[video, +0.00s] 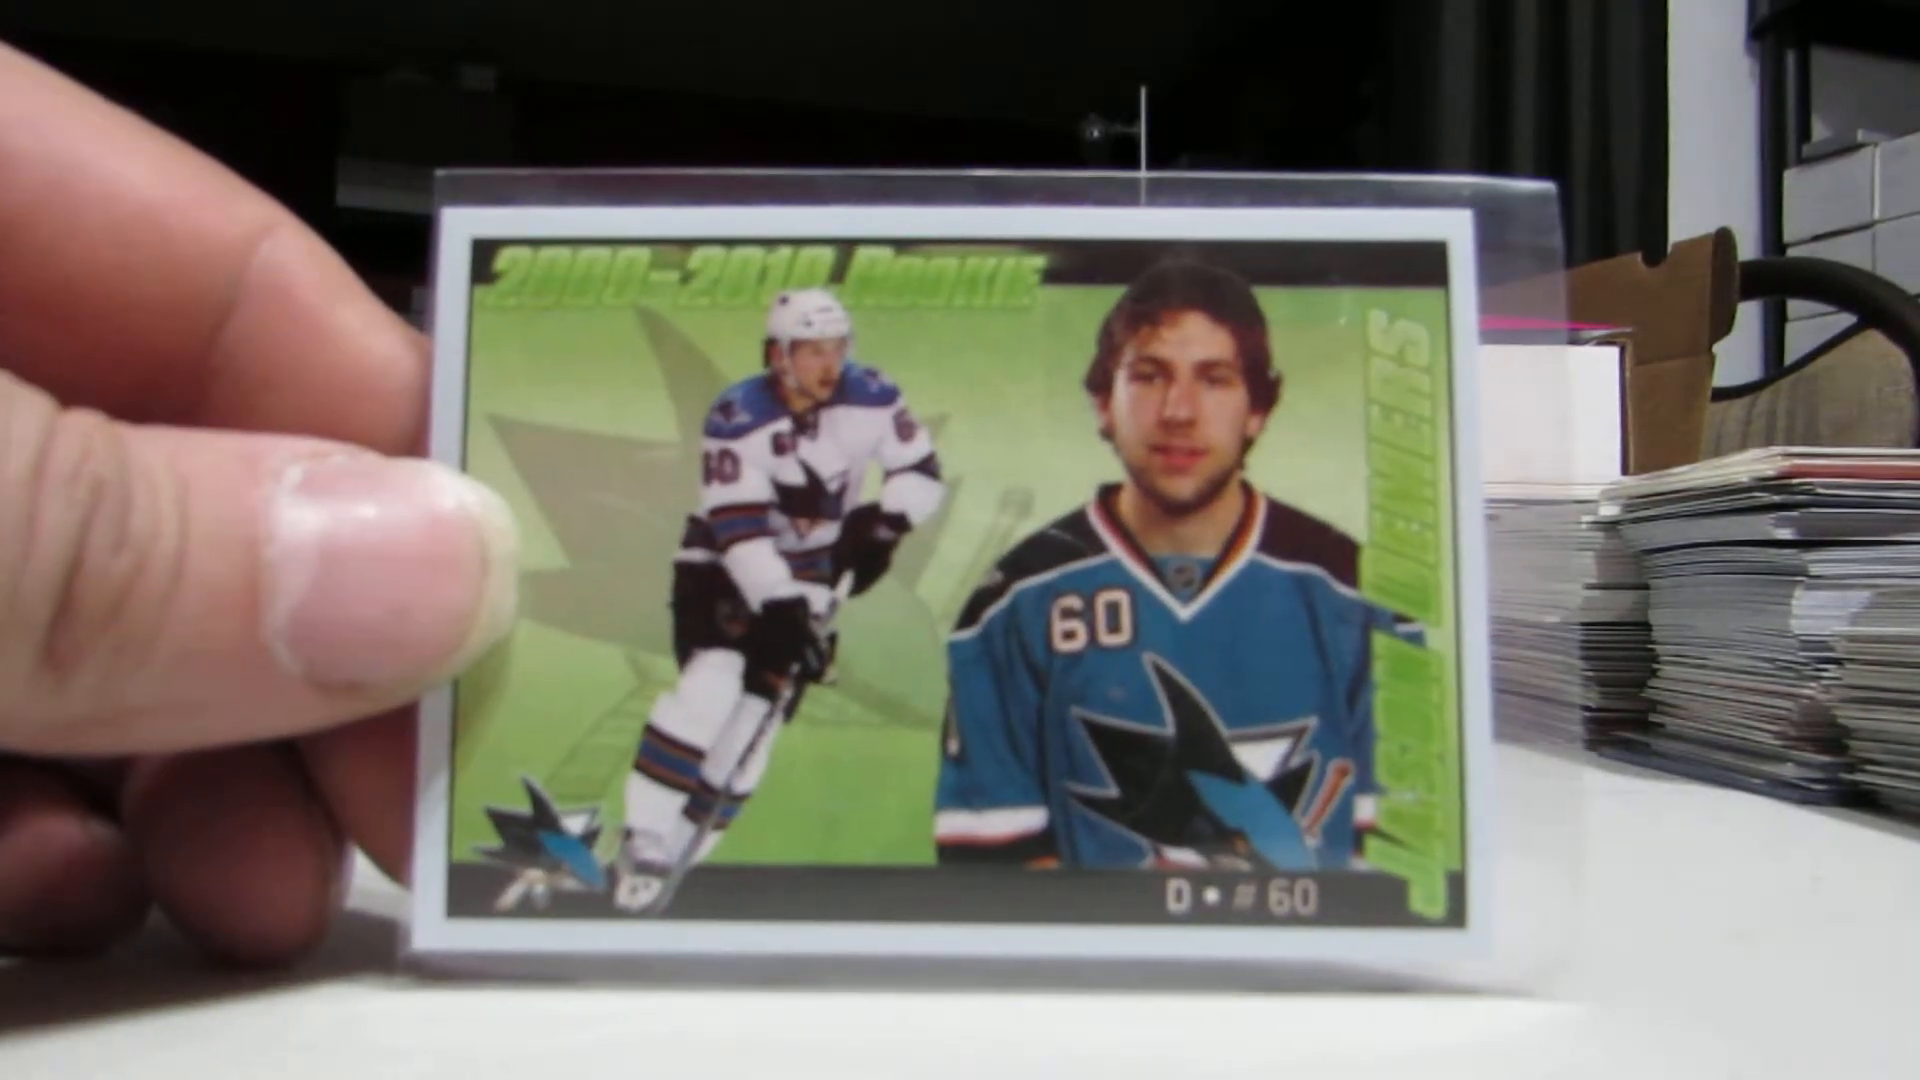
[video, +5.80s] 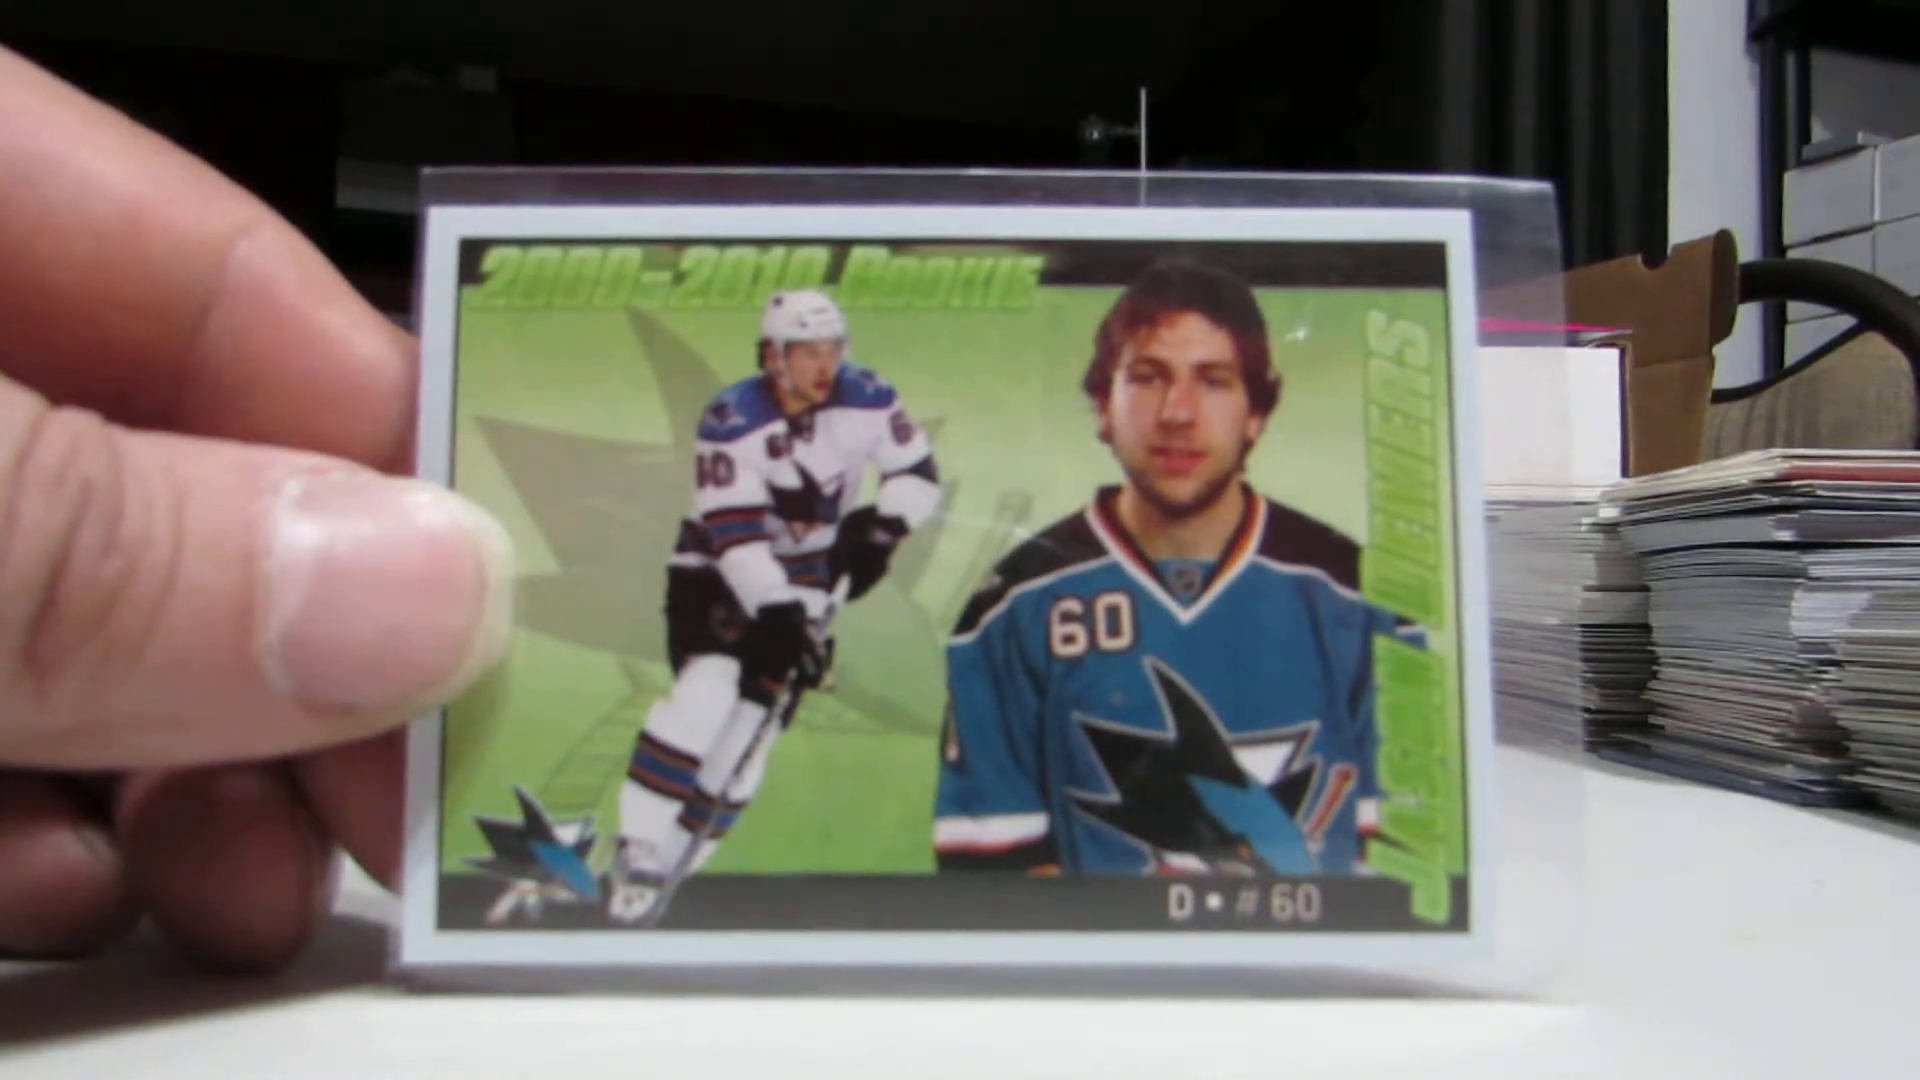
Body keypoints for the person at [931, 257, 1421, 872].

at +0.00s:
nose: (1178, 409)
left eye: (1213, 379)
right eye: (1149, 376)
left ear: (1256, 411)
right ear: (1104, 405)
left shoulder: (1351, 584)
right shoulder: (1019, 599)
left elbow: (1398, 847)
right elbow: (993, 868)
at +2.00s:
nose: (1175, 409)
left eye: (1211, 379)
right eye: (1146, 375)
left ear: (1253, 412)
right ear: (1101, 406)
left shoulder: (1349, 587)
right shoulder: (1014, 603)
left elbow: (1394, 853)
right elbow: (989, 874)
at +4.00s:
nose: (1177, 410)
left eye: (1212, 380)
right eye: (1147, 377)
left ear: (1255, 414)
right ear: (1102, 407)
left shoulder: (1354, 588)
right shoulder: (1016, 604)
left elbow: (1401, 851)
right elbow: (993, 872)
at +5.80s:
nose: (1177, 411)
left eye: (1212, 381)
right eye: (1147, 377)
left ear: (1255, 415)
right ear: (1103, 408)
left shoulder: (1355, 588)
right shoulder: (1017, 604)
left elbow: (1400, 853)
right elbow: (994, 876)